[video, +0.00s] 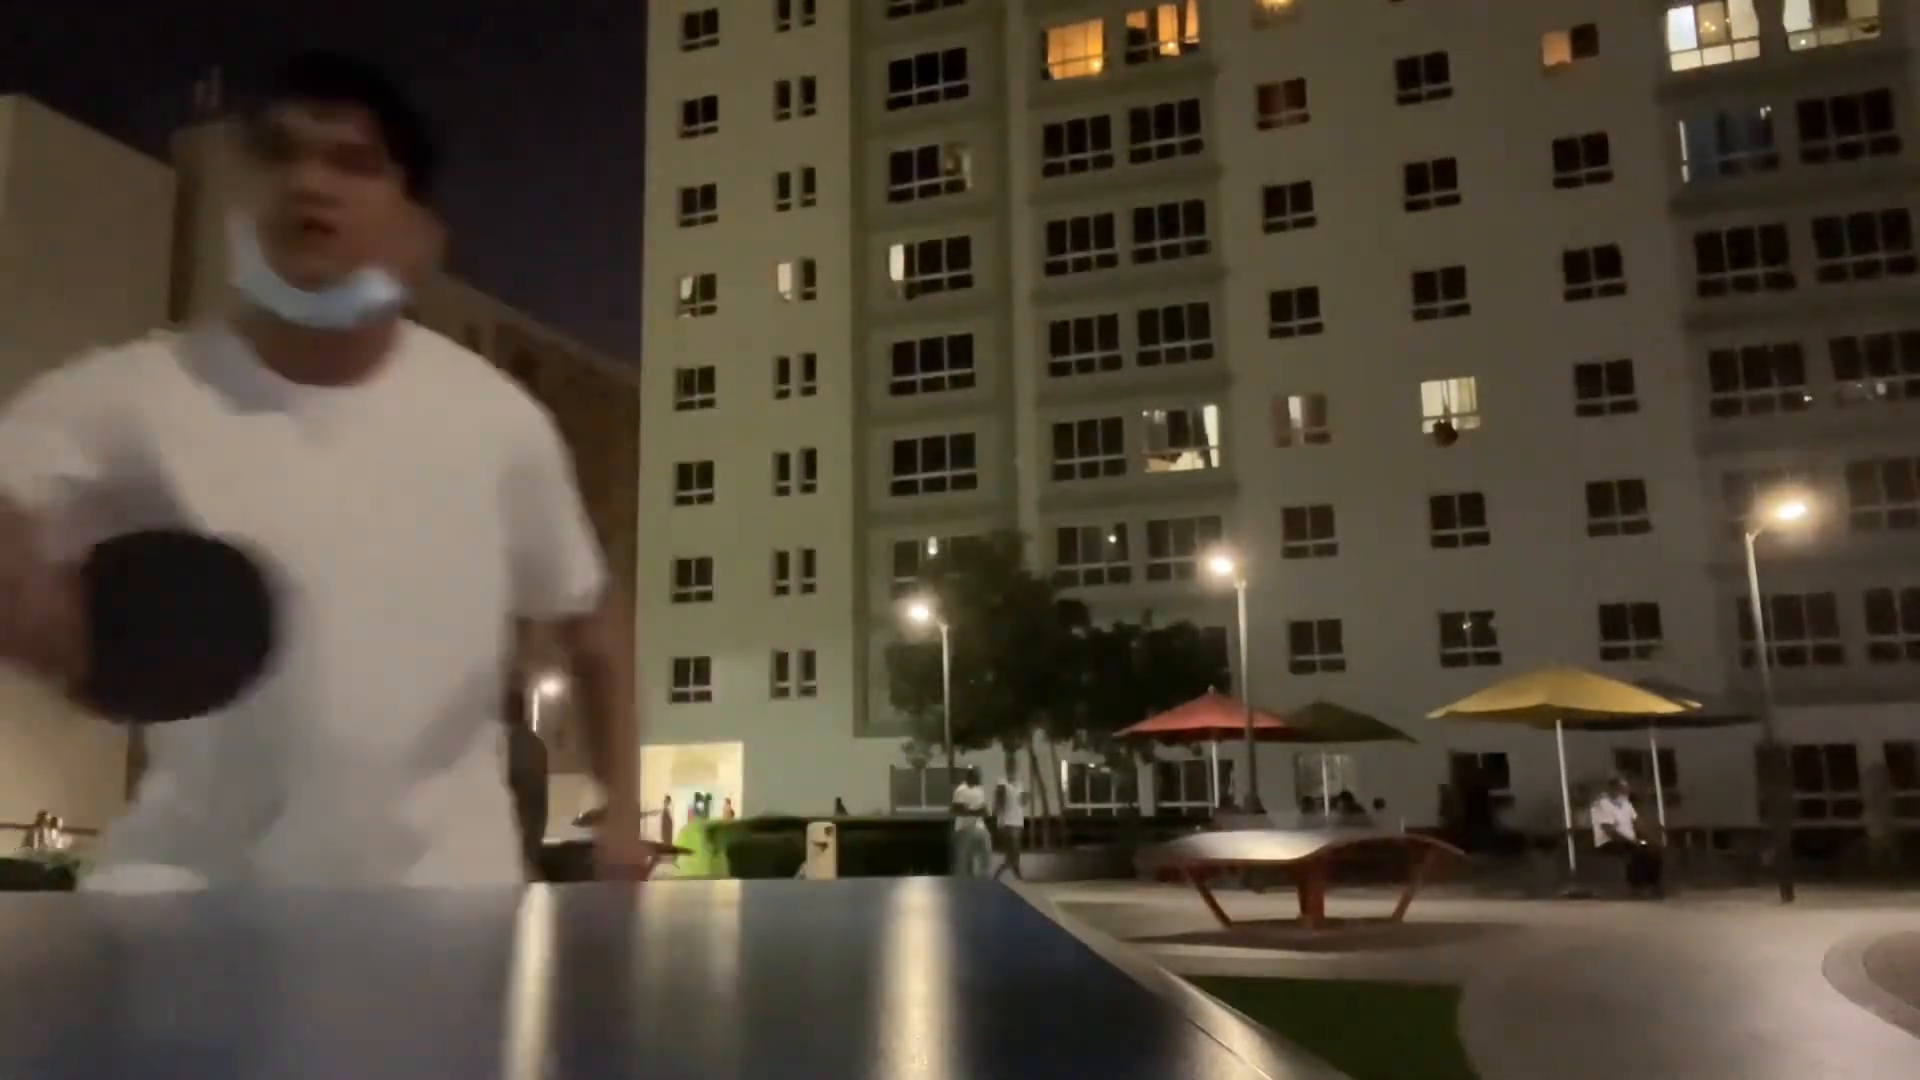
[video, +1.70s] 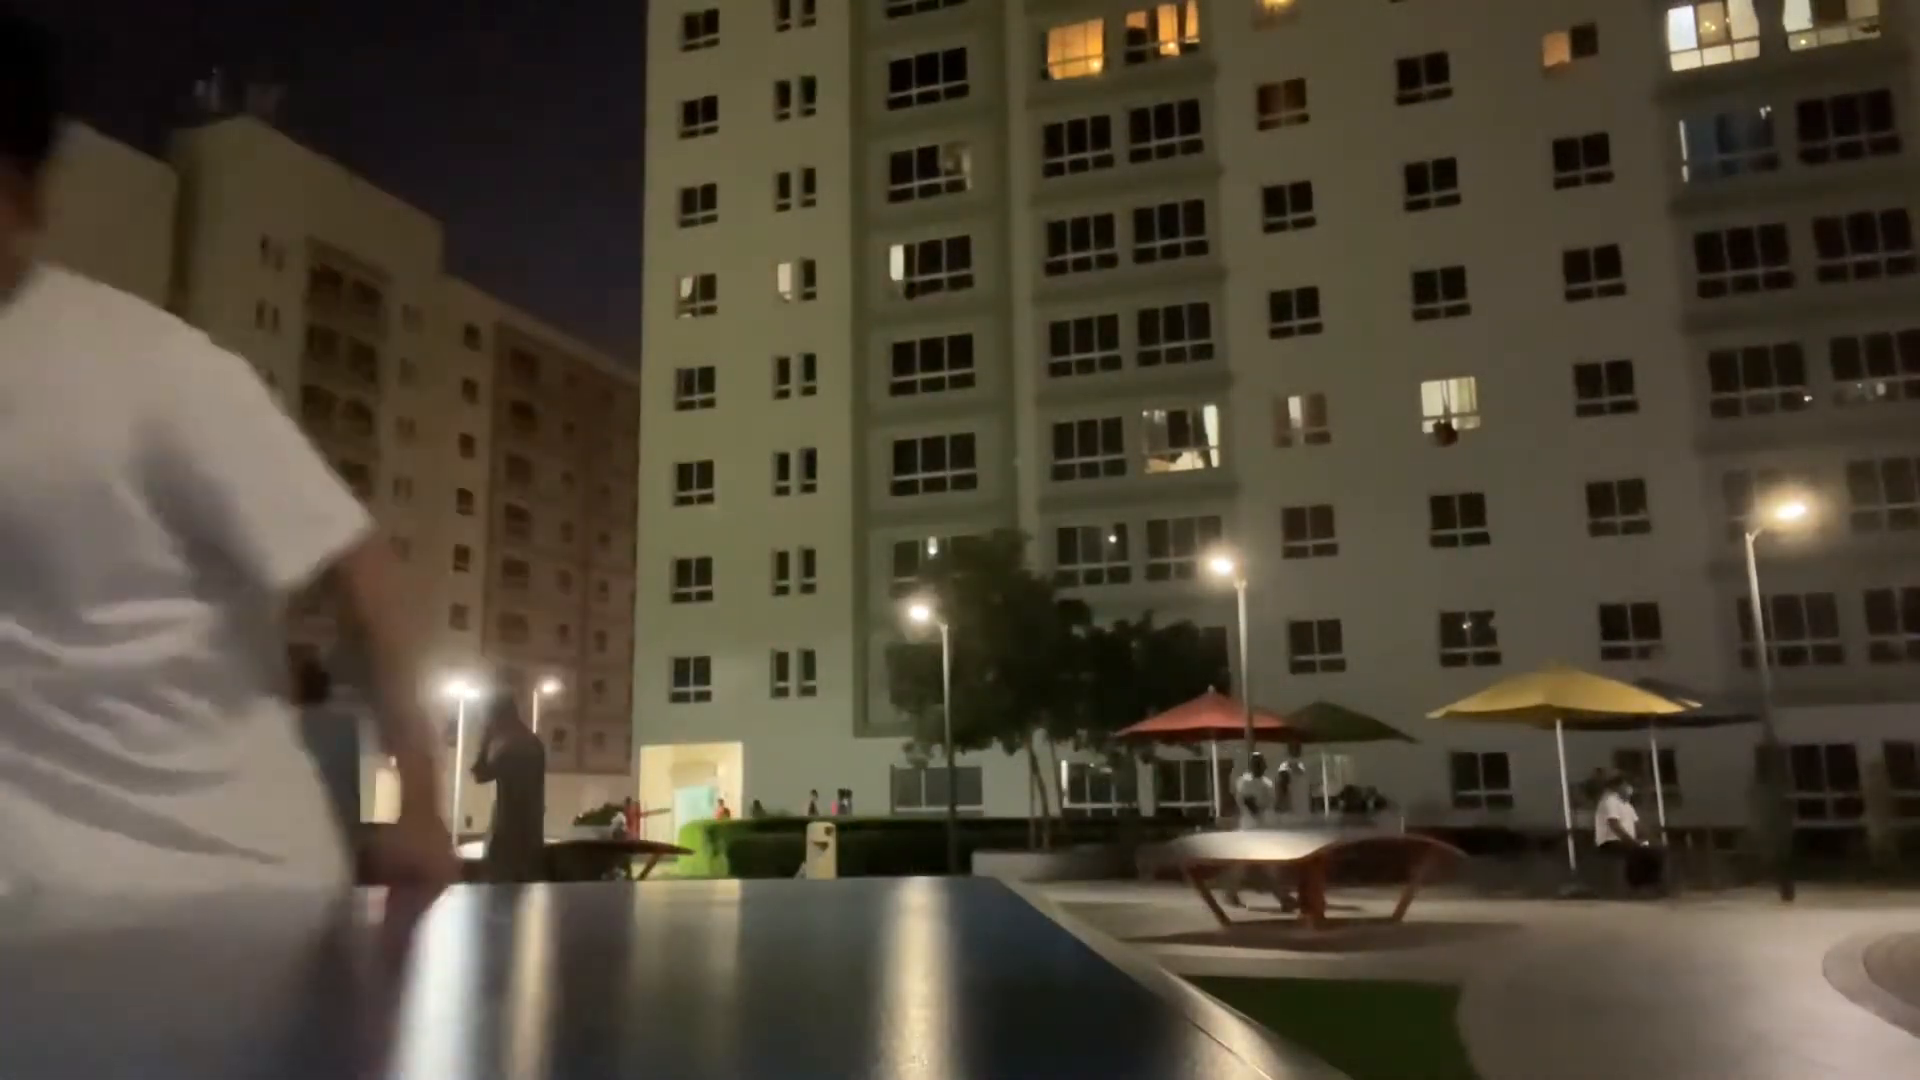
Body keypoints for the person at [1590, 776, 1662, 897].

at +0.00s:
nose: (1625, 792)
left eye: (1626, 788)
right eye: (1621, 788)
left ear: (1627, 789)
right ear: (1613, 789)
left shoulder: (1625, 802)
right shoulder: (1602, 803)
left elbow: (1636, 821)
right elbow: (1608, 829)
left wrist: (1648, 836)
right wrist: (1631, 842)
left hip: (1629, 840)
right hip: (1609, 842)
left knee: (1652, 851)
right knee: (1635, 853)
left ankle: (1653, 886)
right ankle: (1637, 888)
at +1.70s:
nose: (1631, 790)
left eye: (1631, 787)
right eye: (1627, 786)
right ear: (1619, 786)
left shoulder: (1626, 803)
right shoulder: (1610, 799)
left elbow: (1636, 822)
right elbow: (1613, 822)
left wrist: (1647, 835)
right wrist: (1633, 841)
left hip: (1627, 841)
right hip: (1611, 843)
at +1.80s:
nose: (1630, 790)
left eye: (1630, 786)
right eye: (1627, 786)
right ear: (1618, 786)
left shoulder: (1626, 803)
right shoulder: (1610, 799)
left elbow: (1636, 822)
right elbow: (1613, 822)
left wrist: (1646, 836)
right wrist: (1633, 841)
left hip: (1626, 842)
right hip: (1611, 843)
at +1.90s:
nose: (1630, 790)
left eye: (1630, 786)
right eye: (1626, 786)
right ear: (1618, 787)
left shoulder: (1626, 804)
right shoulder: (1608, 800)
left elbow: (1636, 822)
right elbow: (1612, 822)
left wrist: (1645, 836)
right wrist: (1632, 841)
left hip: (1627, 841)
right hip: (1610, 842)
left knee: (1652, 852)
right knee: (1641, 855)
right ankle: (1638, 888)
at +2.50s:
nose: (1626, 791)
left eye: (1627, 787)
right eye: (1622, 787)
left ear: (1629, 790)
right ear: (1614, 789)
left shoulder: (1626, 803)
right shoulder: (1607, 802)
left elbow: (1637, 821)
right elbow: (1610, 824)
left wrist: (1650, 835)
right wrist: (1631, 841)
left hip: (1629, 840)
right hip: (1609, 842)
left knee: (1653, 851)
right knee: (1637, 853)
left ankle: (1653, 885)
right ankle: (1637, 887)